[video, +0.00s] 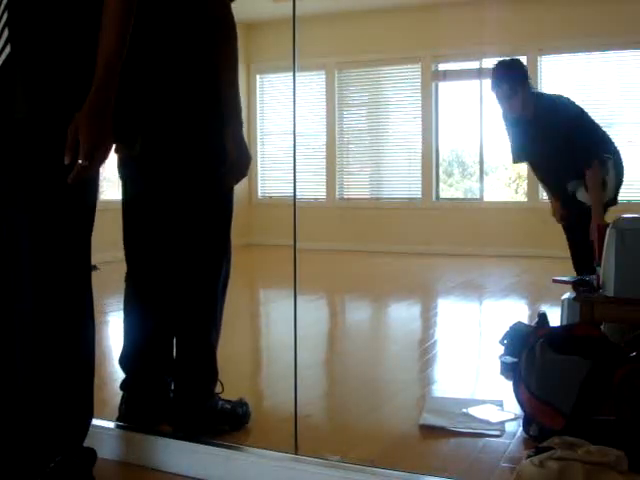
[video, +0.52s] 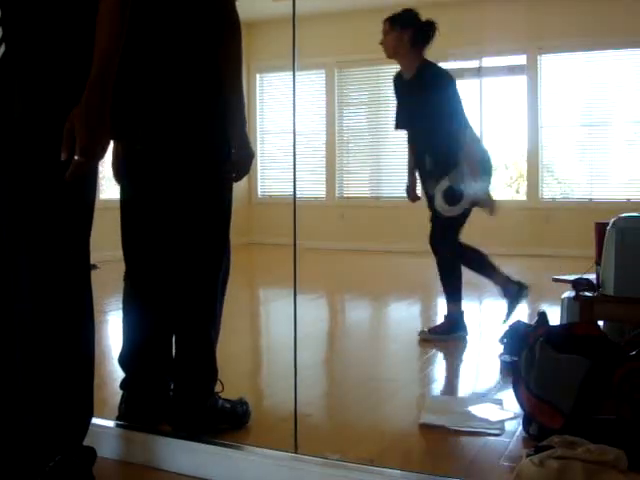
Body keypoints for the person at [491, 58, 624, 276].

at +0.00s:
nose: (506, 106)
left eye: (510, 97)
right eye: (500, 99)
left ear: (525, 88)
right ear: (495, 96)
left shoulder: (559, 108)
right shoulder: (511, 119)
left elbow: (592, 162)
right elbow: (533, 163)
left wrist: (597, 218)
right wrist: (553, 198)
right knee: (573, 227)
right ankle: (585, 284)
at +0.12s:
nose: (479, 75)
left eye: (484, 68)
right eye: (478, 69)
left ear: (503, 66)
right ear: (492, 69)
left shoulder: (542, 94)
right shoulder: (493, 103)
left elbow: (580, 143)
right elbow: (507, 152)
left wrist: (590, 192)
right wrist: (512, 196)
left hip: (570, 172)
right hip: (541, 179)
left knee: (529, 221)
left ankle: (569, 280)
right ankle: (567, 282)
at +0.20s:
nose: (474, 71)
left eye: (480, 63)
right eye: (473, 64)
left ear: (499, 62)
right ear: (487, 66)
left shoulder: (538, 92)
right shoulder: (488, 99)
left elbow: (576, 140)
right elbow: (500, 150)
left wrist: (587, 188)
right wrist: (502, 195)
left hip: (563, 174)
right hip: (536, 181)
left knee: (520, 222)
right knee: (573, 249)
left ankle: (545, 293)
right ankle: (597, 304)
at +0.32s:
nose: (447, 65)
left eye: (452, 58)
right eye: (446, 58)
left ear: (474, 58)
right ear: (460, 61)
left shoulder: (510, 94)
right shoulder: (461, 99)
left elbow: (551, 137)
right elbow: (464, 149)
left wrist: (572, 182)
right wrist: (459, 195)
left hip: (538, 182)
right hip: (511, 187)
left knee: (500, 246)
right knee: (556, 248)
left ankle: (467, 317)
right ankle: (593, 302)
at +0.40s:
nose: (419, 58)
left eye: (424, 51)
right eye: (419, 51)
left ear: (444, 54)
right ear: (437, 55)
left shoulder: (476, 91)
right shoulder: (431, 95)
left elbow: (516, 139)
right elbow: (438, 144)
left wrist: (546, 182)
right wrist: (433, 189)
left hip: (508, 179)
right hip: (481, 183)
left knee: (470, 240)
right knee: (522, 247)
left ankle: (458, 319)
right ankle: (576, 299)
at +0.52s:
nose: (382, 40)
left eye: (387, 33)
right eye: (383, 34)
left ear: (407, 36)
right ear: (402, 38)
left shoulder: (438, 78)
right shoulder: (401, 81)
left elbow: (462, 132)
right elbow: (412, 133)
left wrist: (476, 181)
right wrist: (411, 176)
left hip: (459, 167)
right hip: (433, 170)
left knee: (442, 241)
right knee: (447, 243)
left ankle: (454, 319)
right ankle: (510, 287)